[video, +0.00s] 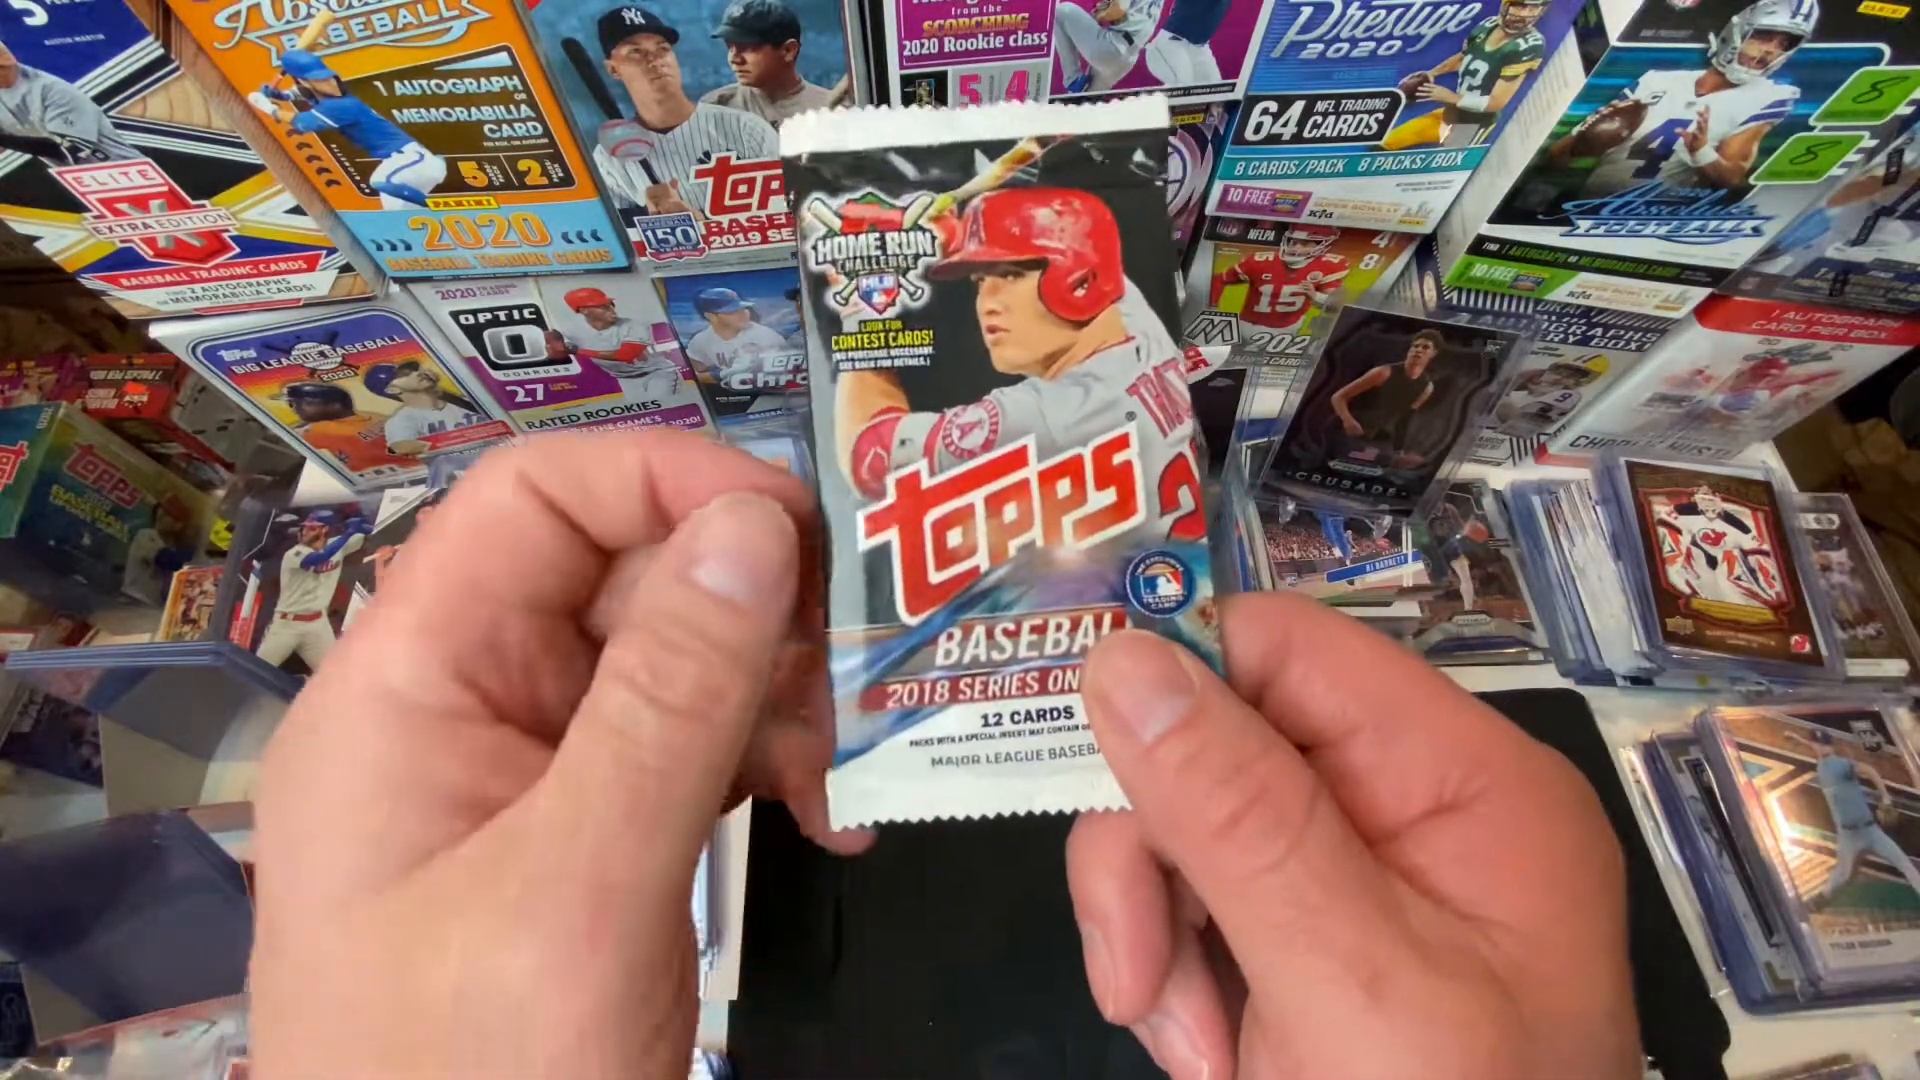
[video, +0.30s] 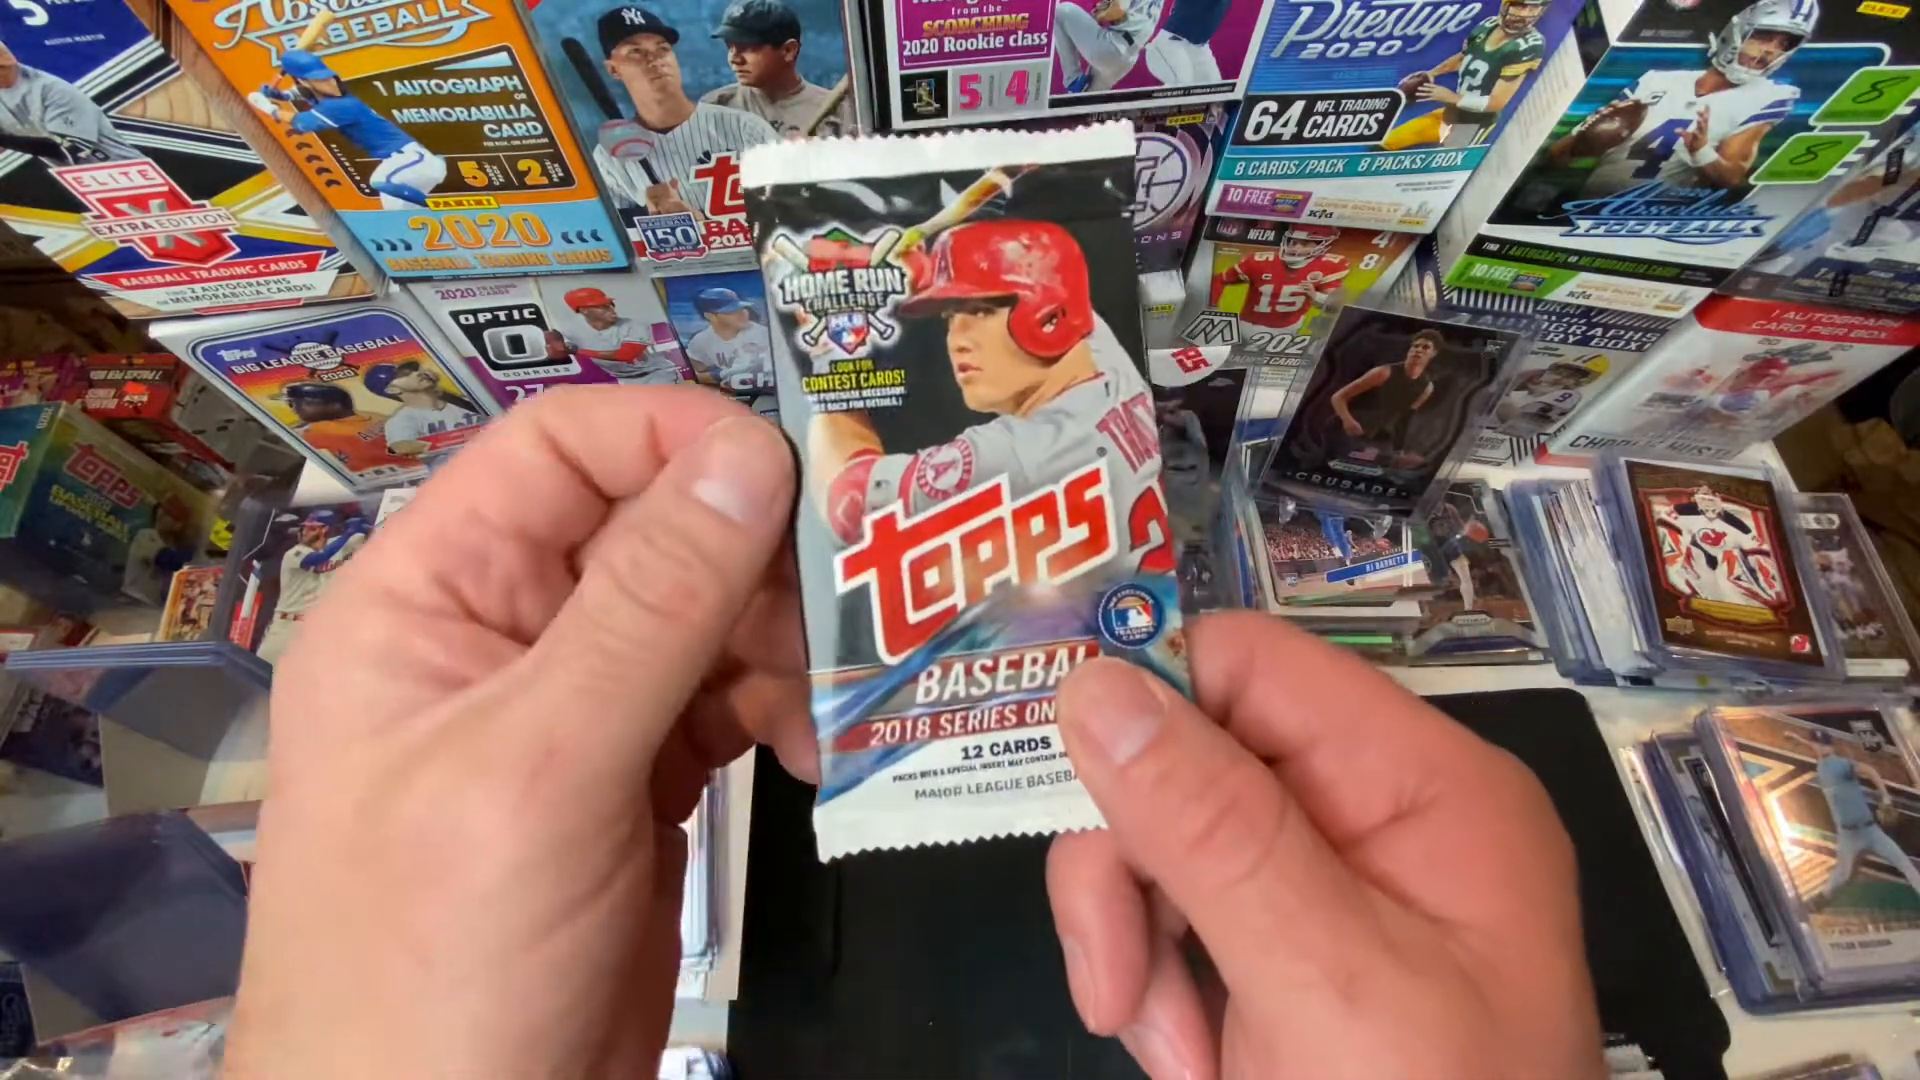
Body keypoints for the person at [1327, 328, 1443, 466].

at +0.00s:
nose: (1419, 350)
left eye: (1426, 347)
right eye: (1416, 346)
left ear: (1434, 354)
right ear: (1410, 349)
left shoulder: (1426, 389)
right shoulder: (1384, 373)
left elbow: (1405, 417)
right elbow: (1338, 397)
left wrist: (1400, 452)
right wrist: (1348, 420)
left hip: (1381, 438)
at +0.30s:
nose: (1419, 350)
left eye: (1425, 347)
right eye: (1416, 346)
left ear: (1434, 354)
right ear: (1409, 349)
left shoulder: (1426, 389)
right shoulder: (1384, 373)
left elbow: (1405, 417)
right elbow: (1338, 397)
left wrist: (1400, 451)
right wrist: (1348, 421)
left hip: (1381, 438)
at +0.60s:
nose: (1418, 351)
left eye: (1425, 347)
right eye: (1415, 346)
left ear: (1434, 354)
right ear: (1409, 349)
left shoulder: (1426, 389)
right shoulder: (1384, 373)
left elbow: (1405, 417)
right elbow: (1338, 398)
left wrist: (1399, 451)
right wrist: (1348, 421)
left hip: (1385, 442)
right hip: (1359, 436)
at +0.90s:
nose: (1418, 351)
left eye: (1425, 347)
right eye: (1415, 346)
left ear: (1434, 353)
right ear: (1409, 349)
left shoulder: (1426, 388)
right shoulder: (1384, 373)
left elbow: (1405, 417)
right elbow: (1338, 398)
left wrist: (1399, 451)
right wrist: (1348, 421)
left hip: (1385, 442)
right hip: (1360, 436)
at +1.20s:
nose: (1419, 350)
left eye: (1425, 347)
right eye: (1416, 346)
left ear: (1434, 354)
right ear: (1409, 349)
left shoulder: (1426, 388)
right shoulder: (1384, 373)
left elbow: (1405, 417)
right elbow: (1338, 398)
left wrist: (1399, 451)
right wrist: (1348, 421)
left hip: (1383, 440)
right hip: (1357, 433)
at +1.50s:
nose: (1418, 350)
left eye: (1425, 347)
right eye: (1416, 346)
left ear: (1434, 354)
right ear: (1409, 349)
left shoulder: (1426, 388)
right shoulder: (1384, 373)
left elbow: (1405, 417)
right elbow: (1338, 398)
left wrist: (1399, 451)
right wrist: (1348, 421)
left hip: (1384, 441)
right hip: (1357, 433)